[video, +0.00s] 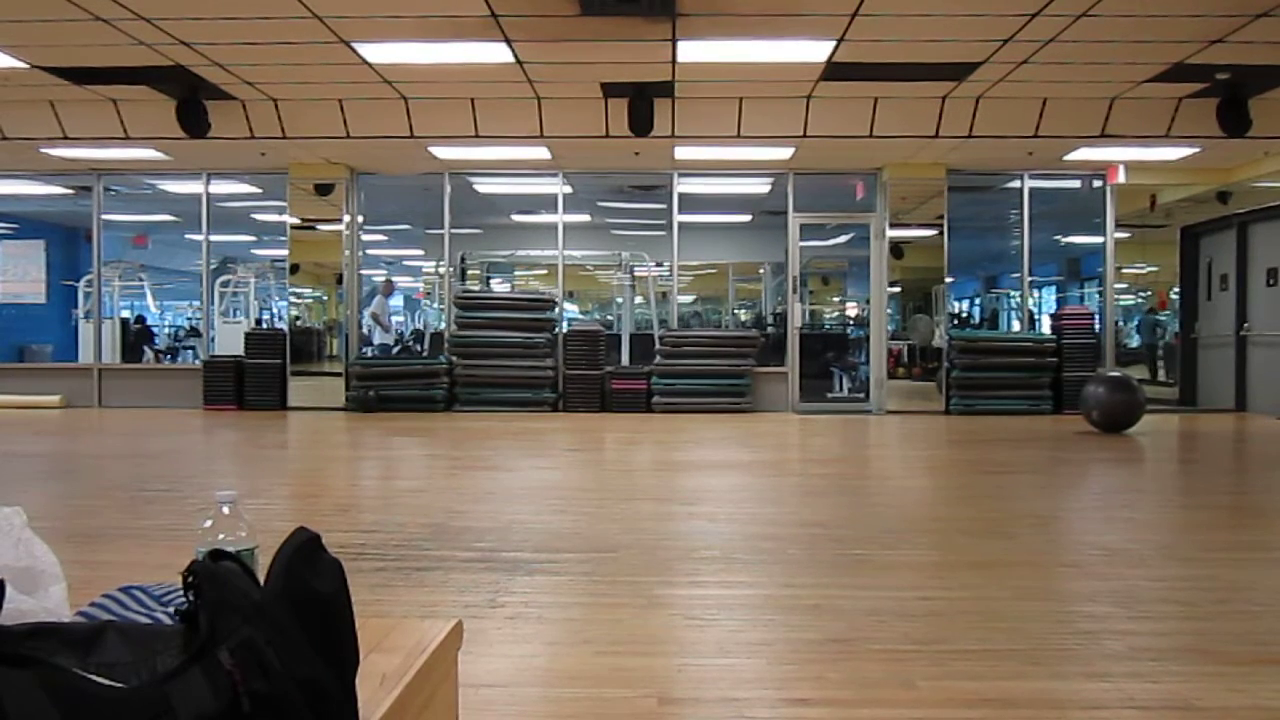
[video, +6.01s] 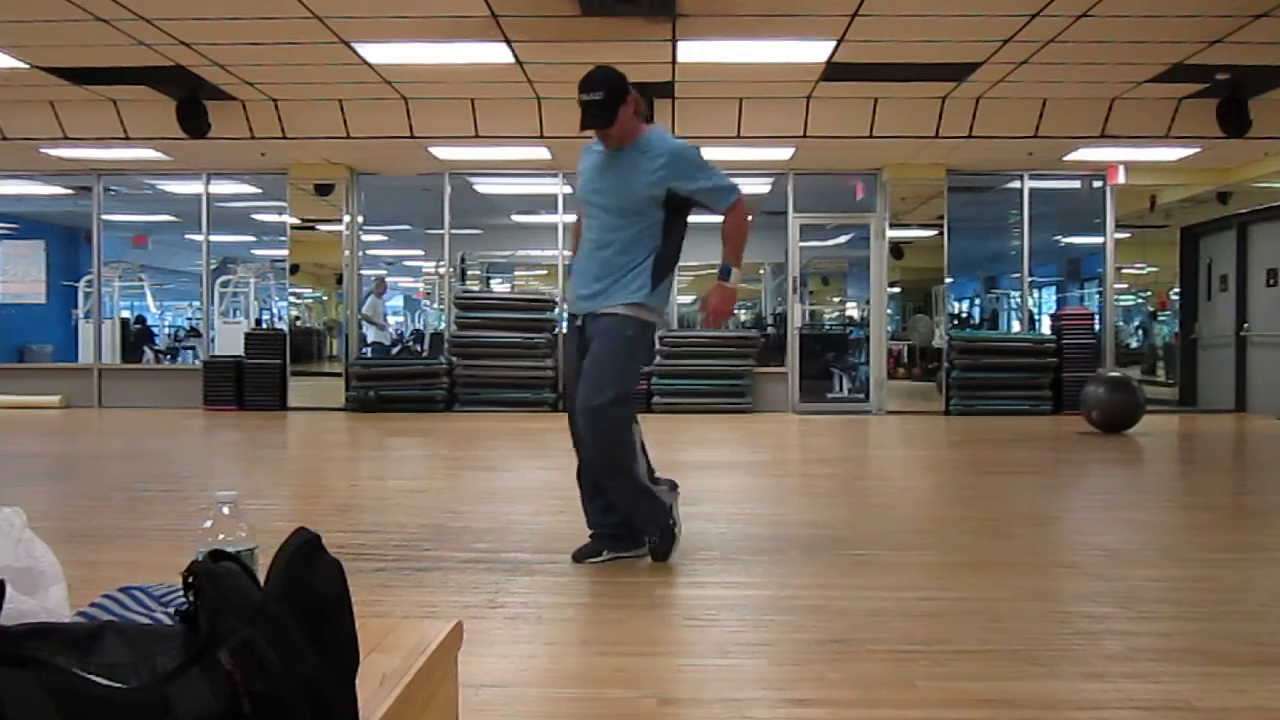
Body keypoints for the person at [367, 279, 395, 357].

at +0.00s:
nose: (392, 291)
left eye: (392, 289)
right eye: (390, 288)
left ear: (392, 289)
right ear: (384, 288)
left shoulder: (385, 301)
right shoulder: (380, 299)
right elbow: (373, 313)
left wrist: (388, 325)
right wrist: (384, 326)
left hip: (386, 338)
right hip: (381, 338)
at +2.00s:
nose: (395, 291)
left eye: (395, 288)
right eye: (393, 288)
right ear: (387, 288)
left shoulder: (387, 301)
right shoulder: (381, 299)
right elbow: (375, 314)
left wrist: (389, 325)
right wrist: (385, 326)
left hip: (388, 338)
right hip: (383, 338)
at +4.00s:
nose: (386, 288)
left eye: (386, 286)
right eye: (384, 286)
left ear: (384, 286)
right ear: (378, 286)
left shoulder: (381, 300)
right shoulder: (372, 298)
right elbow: (365, 313)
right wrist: (379, 323)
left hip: (384, 336)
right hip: (376, 337)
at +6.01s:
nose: (385, 288)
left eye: (385, 286)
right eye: (383, 286)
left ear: (385, 287)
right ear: (377, 287)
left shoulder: (381, 301)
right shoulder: (372, 299)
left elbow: (383, 316)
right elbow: (365, 314)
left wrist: (386, 324)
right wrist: (378, 324)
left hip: (384, 337)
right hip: (376, 338)